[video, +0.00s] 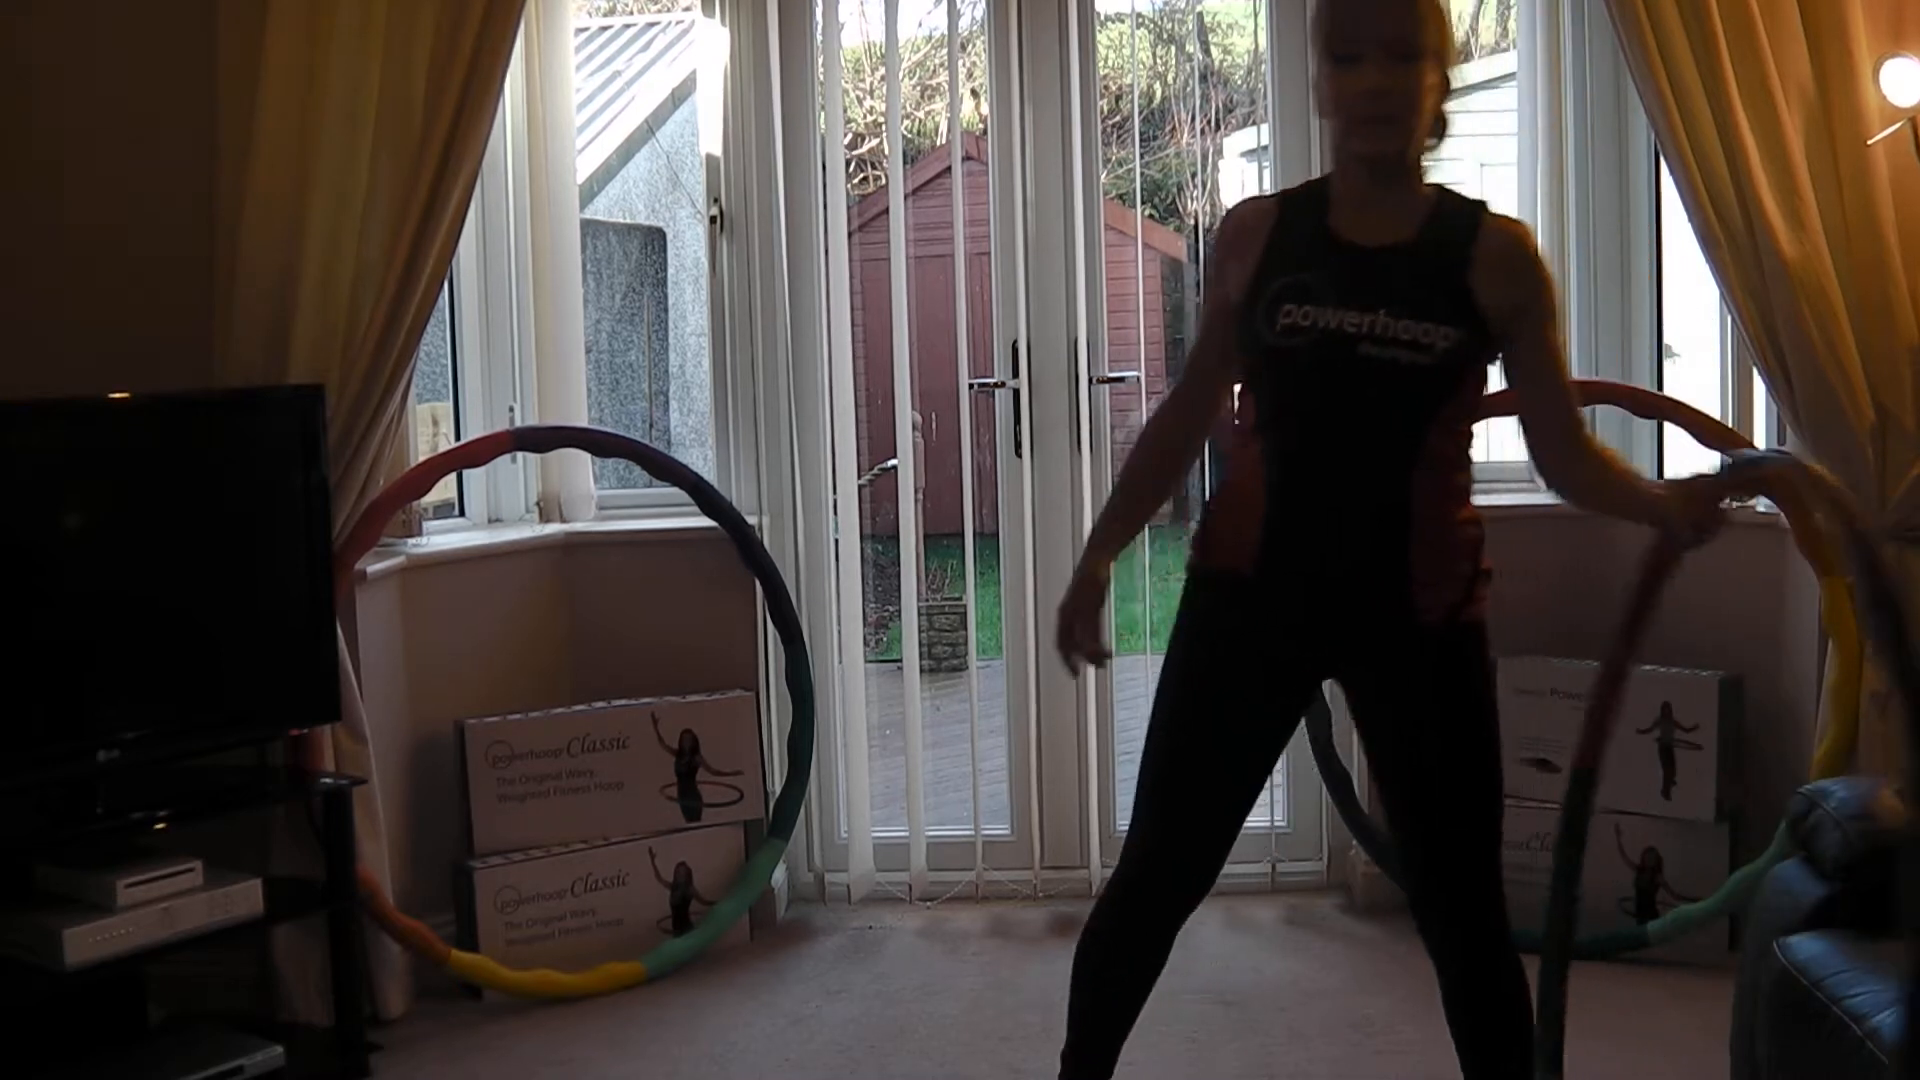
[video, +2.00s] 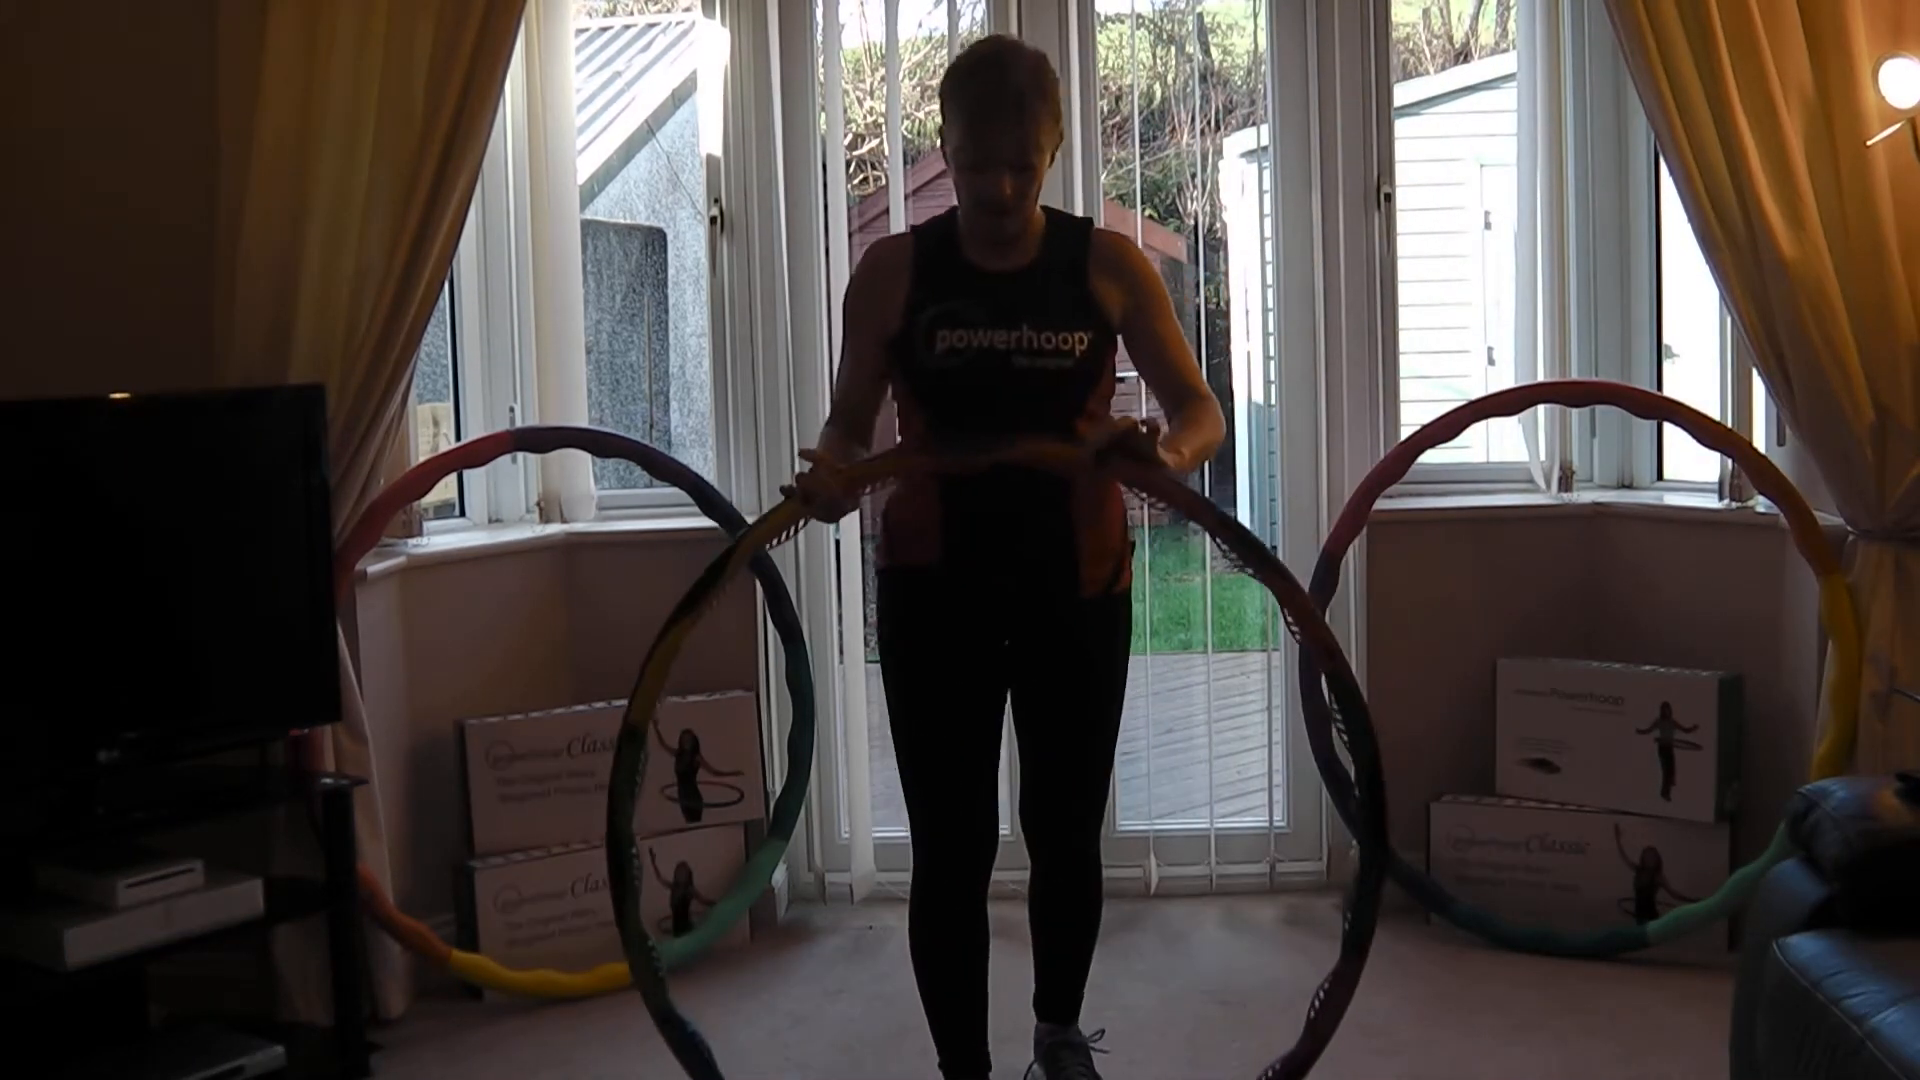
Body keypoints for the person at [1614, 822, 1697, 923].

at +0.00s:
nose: (1648, 860)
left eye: (1651, 857)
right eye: (1646, 857)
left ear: (1656, 860)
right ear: (1642, 858)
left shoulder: (1658, 877)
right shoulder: (1639, 871)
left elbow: (1673, 896)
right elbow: (1624, 856)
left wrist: (1694, 900)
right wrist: (1618, 838)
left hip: (1651, 913)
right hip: (1639, 911)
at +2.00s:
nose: (1648, 860)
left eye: (1652, 857)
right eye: (1646, 856)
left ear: (1657, 859)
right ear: (1642, 858)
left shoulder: (1657, 876)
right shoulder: (1639, 871)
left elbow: (1673, 894)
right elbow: (1623, 857)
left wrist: (1693, 901)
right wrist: (1618, 839)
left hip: (1651, 913)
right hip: (1638, 912)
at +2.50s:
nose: (1648, 859)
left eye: (1651, 857)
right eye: (1646, 856)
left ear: (1656, 859)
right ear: (1642, 858)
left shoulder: (1657, 876)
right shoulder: (1639, 871)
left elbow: (1673, 894)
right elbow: (1623, 856)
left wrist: (1692, 901)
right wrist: (1618, 839)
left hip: (1651, 913)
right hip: (1639, 912)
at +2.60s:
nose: (1648, 860)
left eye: (1651, 857)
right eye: (1646, 856)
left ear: (1656, 859)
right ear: (1642, 858)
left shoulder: (1657, 876)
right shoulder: (1639, 871)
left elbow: (1673, 894)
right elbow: (1623, 856)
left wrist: (1692, 901)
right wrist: (1618, 839)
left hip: (1651, 913)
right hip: (1639, 912)